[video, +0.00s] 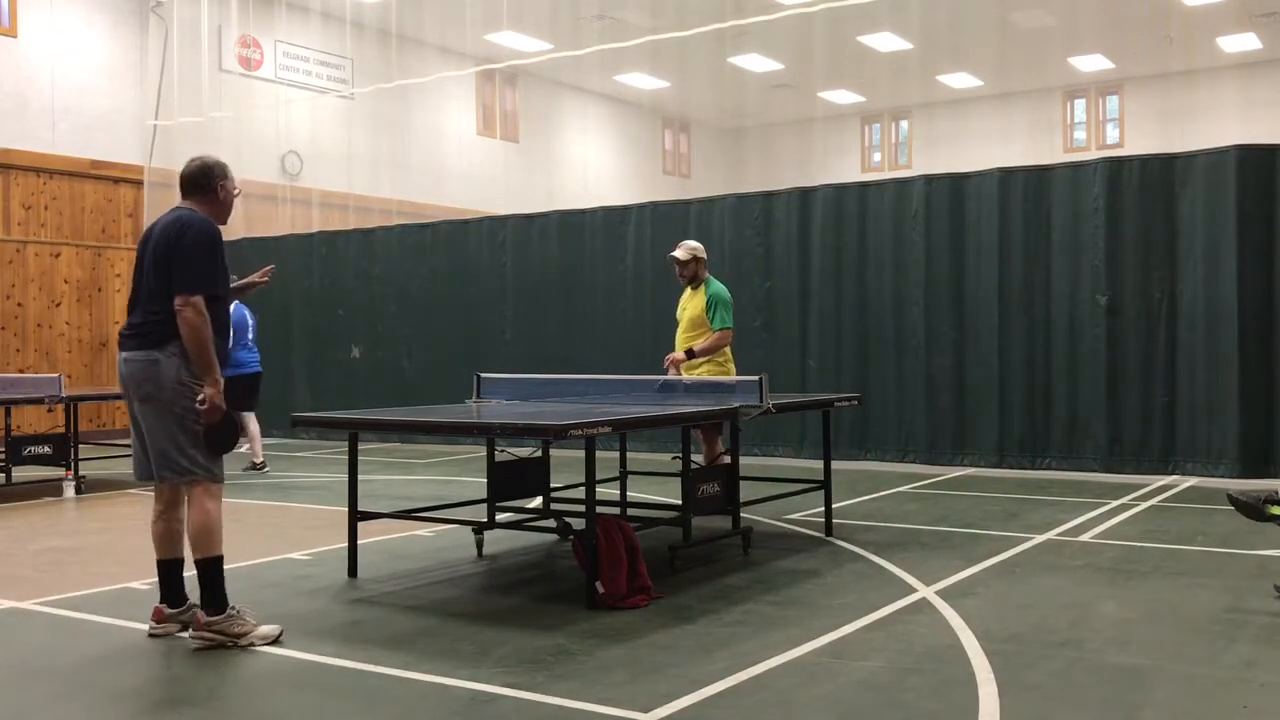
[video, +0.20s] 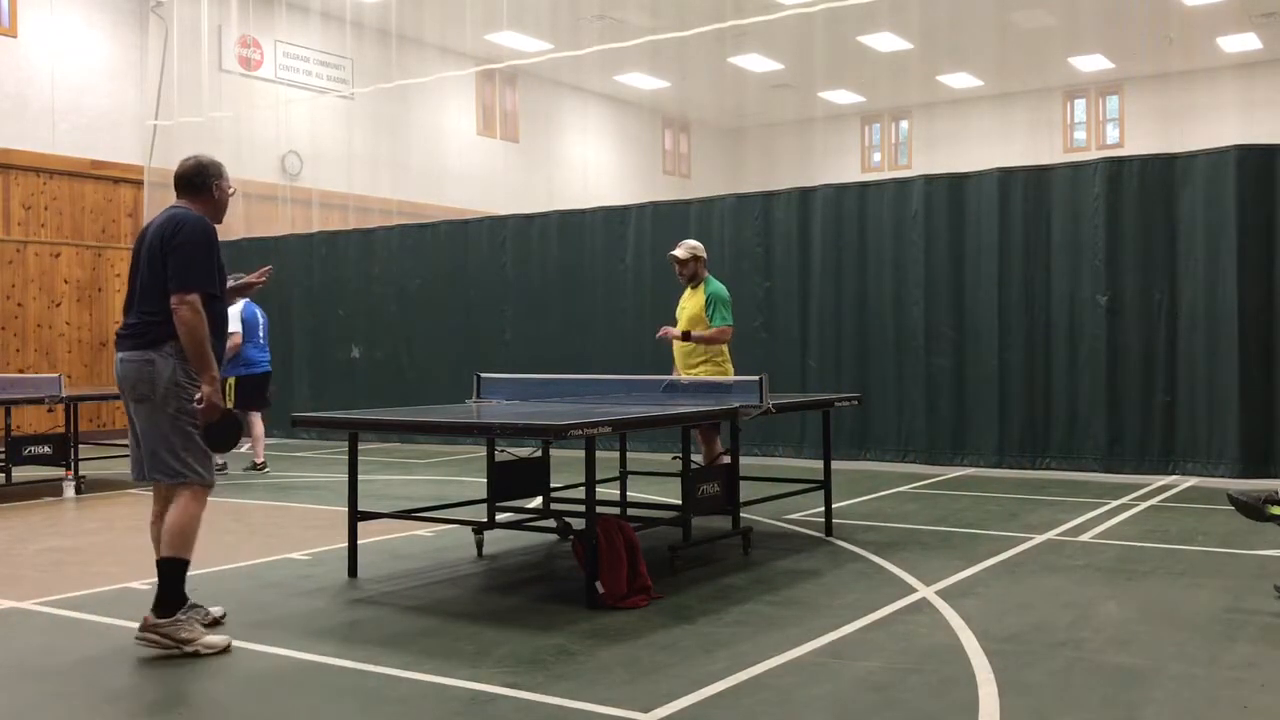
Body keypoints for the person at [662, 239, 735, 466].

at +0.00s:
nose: (678, 271)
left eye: (684, 265)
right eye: (676, 265)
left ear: (700, 264)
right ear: (675, 265)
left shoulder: (716, 293)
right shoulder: (689, 291)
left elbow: (724, 336)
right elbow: (688, 334)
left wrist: (687, 354)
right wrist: (676, 363)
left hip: (713, 375)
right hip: (692, 374)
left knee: (709, 432)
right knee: (703, 431)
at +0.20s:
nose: (678, 270)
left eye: (683, 264)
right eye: (676, 264)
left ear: (699, 262)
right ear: (675, 265)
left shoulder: (716, 291)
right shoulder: (690, 291)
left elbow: (724, 333)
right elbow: (688, 335)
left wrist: (683, 335)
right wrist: (678, 370)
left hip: (712, 377)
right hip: (691, 376)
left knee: (708, 433)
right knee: (704, 432)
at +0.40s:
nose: (678, 269)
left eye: (683, 263)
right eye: (676, 263)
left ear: (700, 262)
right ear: (675, 264)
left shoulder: (715, 291)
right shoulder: (691, 290)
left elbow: (719, 333)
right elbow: (689, 334)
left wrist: (678, 327)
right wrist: (678, 369)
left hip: (710, 377)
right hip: (689, 376)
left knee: (707, 433)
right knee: (704, 433)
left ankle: (715, 488)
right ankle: (716, 487)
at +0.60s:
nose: (677, 268)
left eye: (682, 262)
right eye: (674, 263)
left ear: (699, 262)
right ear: (674, 264)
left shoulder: (713, 290)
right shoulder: (691, 290)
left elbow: (718, 332)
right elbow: (688, 335)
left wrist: (677, 326)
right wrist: (677, 370)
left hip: (709, 378)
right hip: (688, 376)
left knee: (705, 433)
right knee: (702, 433)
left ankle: (716, 487)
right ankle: (716, 486)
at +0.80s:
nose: (677, 268)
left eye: (682, 262)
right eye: (675, 263)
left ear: (699, 262)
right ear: (675, 265)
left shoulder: (713, 290)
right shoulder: (691, 290)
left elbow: (717, 331)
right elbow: (688, 336)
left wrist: (677, 326)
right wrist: (677, 370)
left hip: (708, 378)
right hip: (689, 377)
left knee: (705, 433)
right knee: (703, 433)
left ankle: (715, 488)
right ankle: (716, 487)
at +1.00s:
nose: (677, 268)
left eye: (682, 262)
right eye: (675, 263)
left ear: (699, 263)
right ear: (675, 264)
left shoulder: (713, 289)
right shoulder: (690, 290)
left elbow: (718, 330)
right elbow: (687, 334)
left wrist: (676, 325)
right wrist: (676, 368)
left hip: (708, 377)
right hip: (688, 376)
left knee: (705, 433)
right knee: (701, 433)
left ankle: (714, 487)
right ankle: (716, 486)